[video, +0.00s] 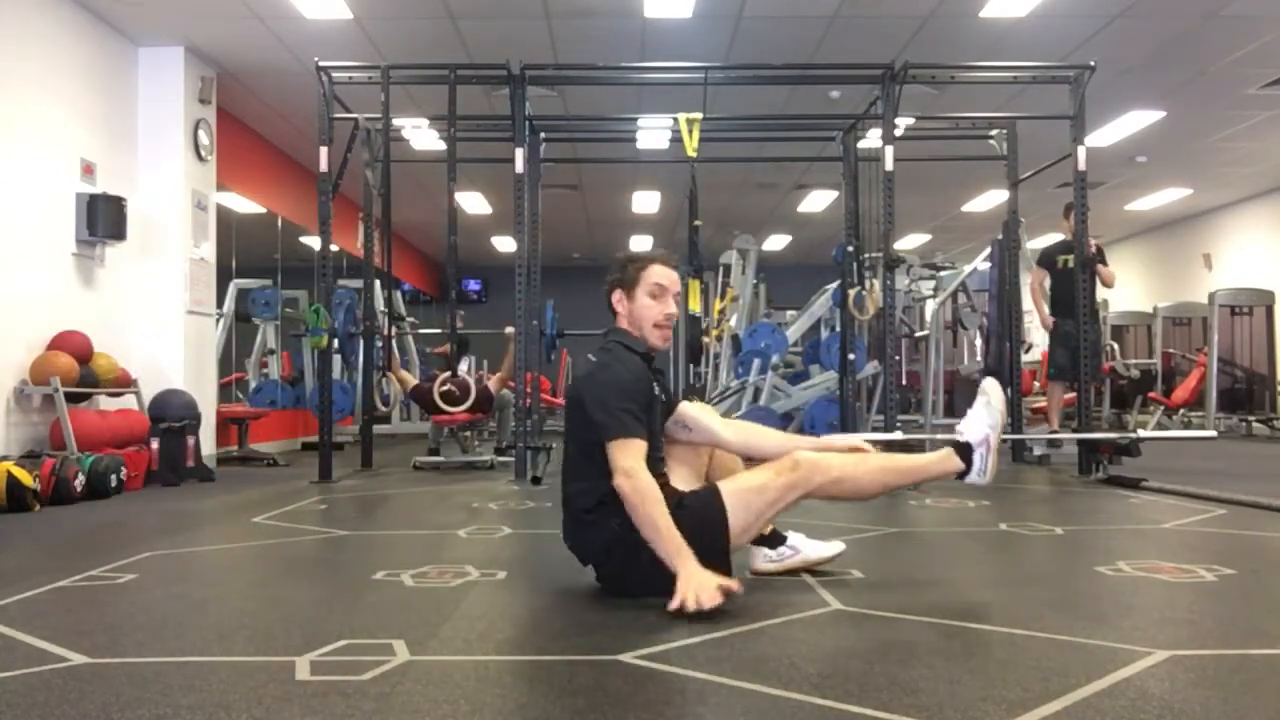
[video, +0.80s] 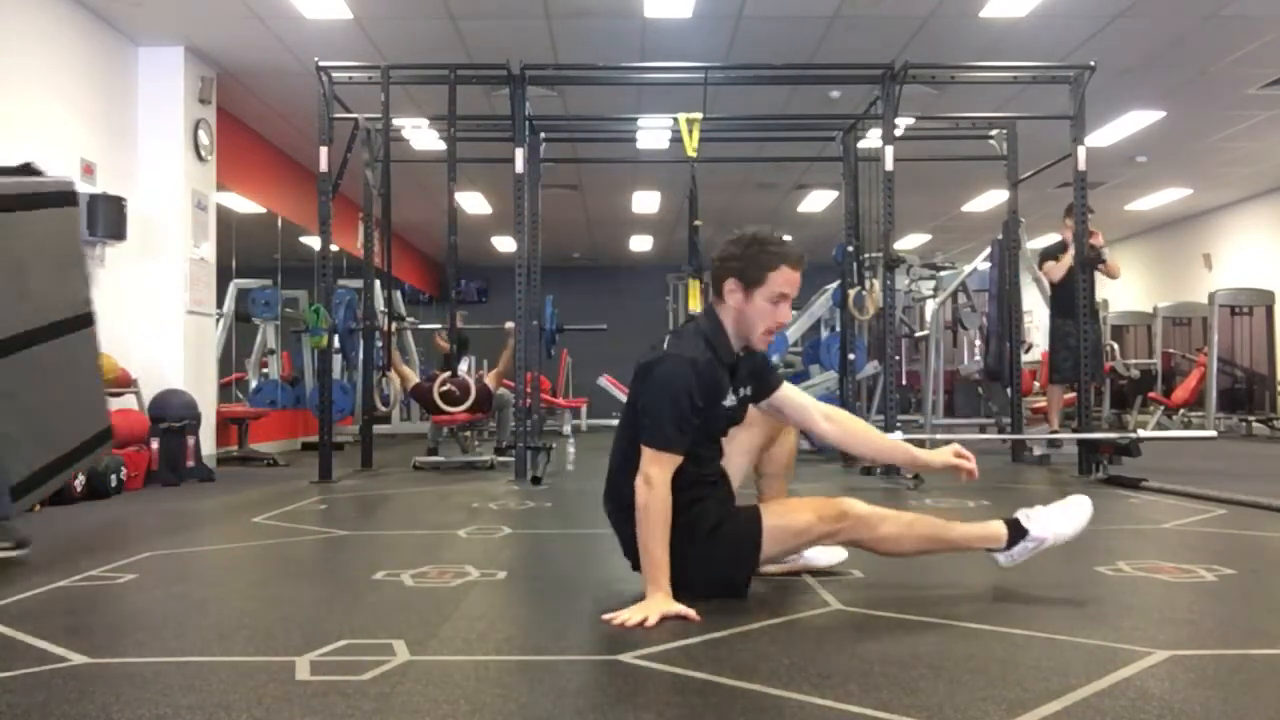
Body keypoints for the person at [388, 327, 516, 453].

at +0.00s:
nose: (447, 386)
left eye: (444, 386)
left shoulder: (427, 397)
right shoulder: (481, 399)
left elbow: (396, 371)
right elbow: (504, 376)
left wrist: (389, 340)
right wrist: (511, 342)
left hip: (440, 409)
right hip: (476, 407)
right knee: (507, 397)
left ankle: (433, 446)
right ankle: (502, 444)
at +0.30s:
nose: (447, 382)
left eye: (444, 384)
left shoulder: (428, 398)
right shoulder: (480, 398)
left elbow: (397, 370)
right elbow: (503, 374)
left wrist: (389, 339)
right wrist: (511, 340)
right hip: (476, 405)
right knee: (506, 397)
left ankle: (433, 446)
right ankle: (502, 444)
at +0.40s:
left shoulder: (428, 398)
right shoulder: (480, 398)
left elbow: (397, 370)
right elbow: (502, 373)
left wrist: (389, 338)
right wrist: (511, 340)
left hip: (438, 406)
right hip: (475, 404)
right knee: (505, 397)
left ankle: (433, 445)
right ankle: (502, 444)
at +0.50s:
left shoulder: (428, 398)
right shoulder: (480, 399)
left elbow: (397, 370)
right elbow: (501, 373)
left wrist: (389, 338)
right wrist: (511, 340)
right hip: (476, 404)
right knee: (505, 397)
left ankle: (433, 446)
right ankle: (502, 444)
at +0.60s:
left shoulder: (428, 398)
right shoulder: (480, 398)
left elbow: (398, 369)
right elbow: (501, 372)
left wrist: (389, 337)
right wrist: (511, 339)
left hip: (438, 407)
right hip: (475, 405)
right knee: (505, 397)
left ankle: (432, 446)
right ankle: (502, 444)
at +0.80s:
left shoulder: (427, 397)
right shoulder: (480, 398)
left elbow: (399, 367)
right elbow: (500, 371)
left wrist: (388, 337)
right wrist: (511, 338)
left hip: (439, 406)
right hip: (477, 405)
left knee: (438, 411)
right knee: (505, 397)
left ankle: (432, 445)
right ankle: (502, 444)